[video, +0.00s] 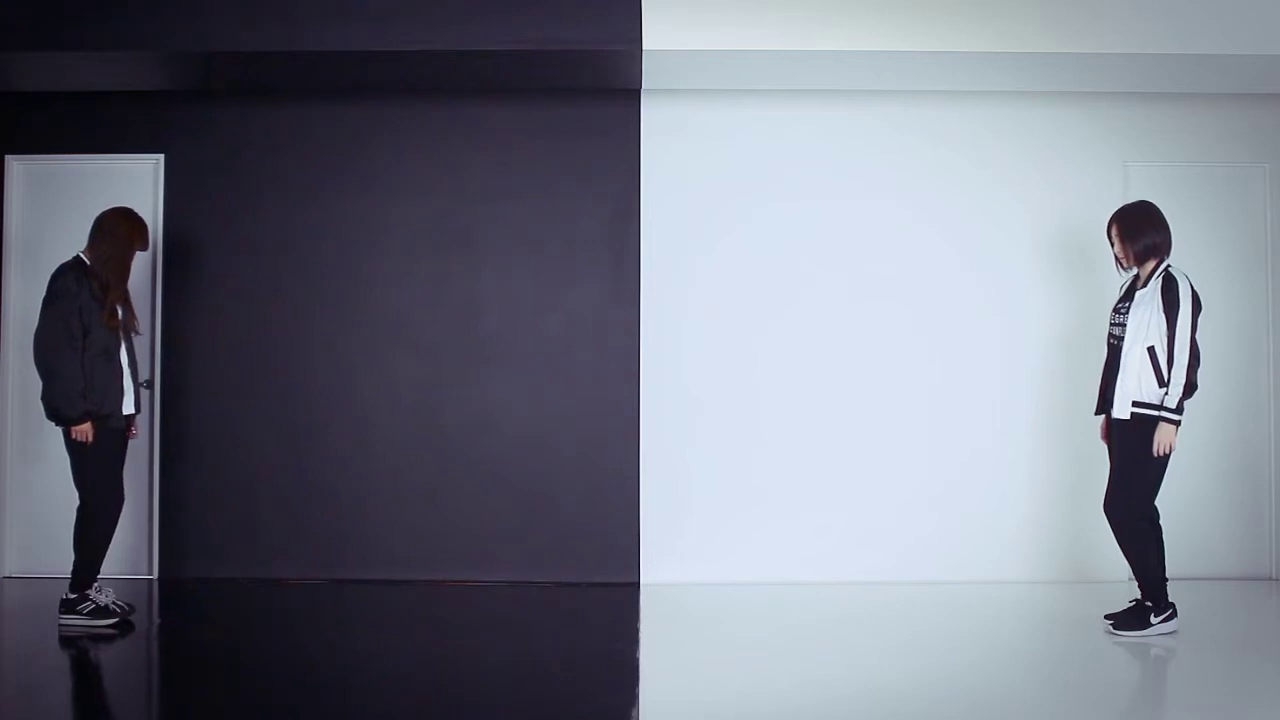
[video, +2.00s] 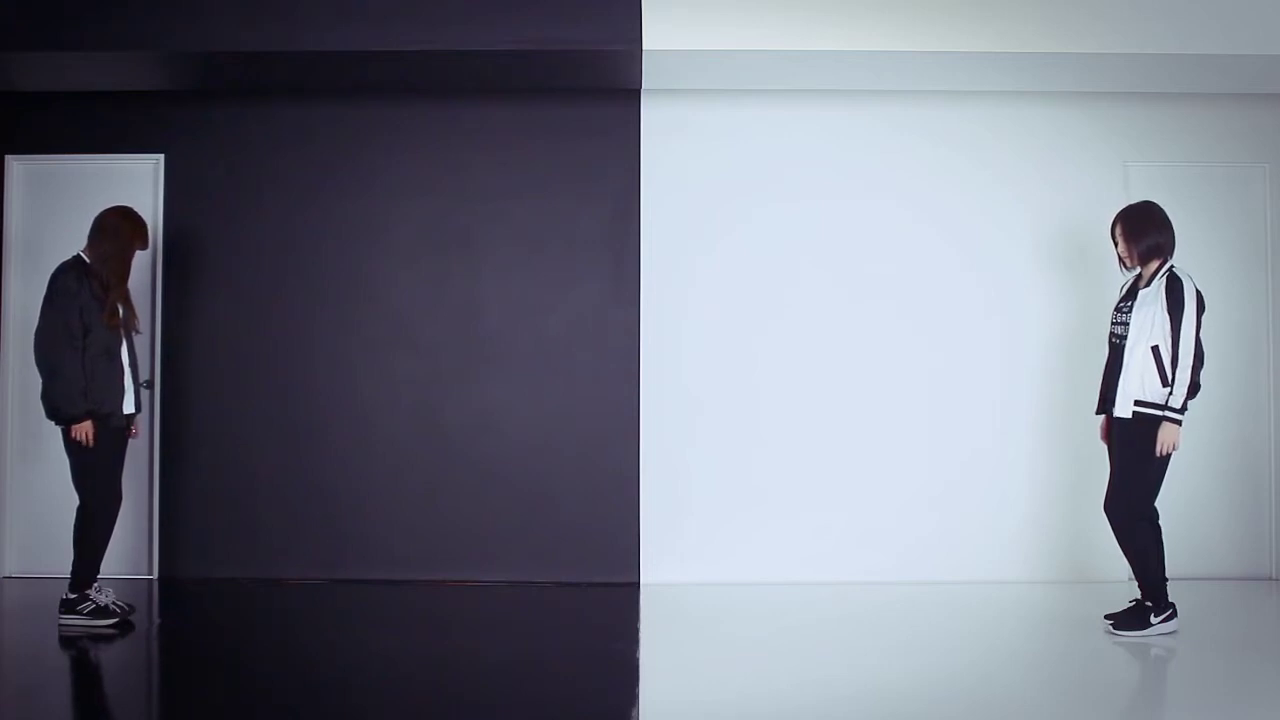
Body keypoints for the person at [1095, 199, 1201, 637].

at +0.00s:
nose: (1115, 250)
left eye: (1119, 241)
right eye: (1113, 242)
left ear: (1143, 236)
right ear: (1125, 241)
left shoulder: (1175, 284)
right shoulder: (1131, 287)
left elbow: (1185, 356)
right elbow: (1118, 355)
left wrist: (1170, 417)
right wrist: (1108, 411)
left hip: (1150, 418)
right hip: (1123, 416)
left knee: (1127, 506)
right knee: (1128, 506)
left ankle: (1157, 603)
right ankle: (1151, 600)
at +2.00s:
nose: (1119, 249)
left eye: (1123, 240)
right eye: (1116, 241)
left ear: (1147, 236)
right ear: (1125, 242)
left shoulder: (1179, 284)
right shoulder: (1131, 287)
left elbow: (1190, 356)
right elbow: (1117, 354)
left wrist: (1174, 417)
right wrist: (1107, 410)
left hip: (1152, 417)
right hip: (1123, 416)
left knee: (1128, 507)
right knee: (1127, 506)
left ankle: (1158, 604)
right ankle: (1151, 600)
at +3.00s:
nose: (1089, 249)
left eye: (1093, 240)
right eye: (1086, 242)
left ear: (1117, 236)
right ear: (1092, 243)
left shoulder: (1156, 284)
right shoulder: (1100, 288)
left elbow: (1178, 351)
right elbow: (1099, 353)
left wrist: (1171, 414)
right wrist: (1087, 404)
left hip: (1139, 415)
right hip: (1109, 415)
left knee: (1082, 486)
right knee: (1131, 506)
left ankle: (1103, 584)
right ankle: (1156, 601)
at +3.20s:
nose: (1063, 254)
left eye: (1067, 244)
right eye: (1060, 246)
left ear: (1091, 241)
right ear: (1066, 248)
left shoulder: (1131, 288)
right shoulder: (1077, 293)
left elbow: (1158, 350)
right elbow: (1075, 357)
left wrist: (1158, 414)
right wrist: (1059, 404)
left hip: (1120, 418)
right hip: (1091, 418)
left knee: (1074, 500)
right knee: (1123, 510)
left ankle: (1036, 596)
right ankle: (1156, 601)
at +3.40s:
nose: (1030, 255)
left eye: (1035, 246)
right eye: (1028, 247)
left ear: (1057, 243)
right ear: (1042, 246)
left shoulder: (1090, 291)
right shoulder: (1043, 296)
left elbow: (1113, 358)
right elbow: (1035, 362)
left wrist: (1118, 426)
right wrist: (1028, 418)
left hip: (1082, 422)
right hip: (1055, 422)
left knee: (1040, 506)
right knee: (1099, 510)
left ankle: (1014, 607)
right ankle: (1150, 595)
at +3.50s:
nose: (1011, 249)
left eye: (1017, 240)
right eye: (1009, 241)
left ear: (1040, 239)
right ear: (1018, 244)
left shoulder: (1070, 288)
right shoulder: (1023, 288)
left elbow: (1086, 356)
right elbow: (1015, 355)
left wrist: (1081, 424)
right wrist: (1010, 412)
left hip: (1056, 421)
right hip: (1031, 420)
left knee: (1024, 510)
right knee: (1070, 507)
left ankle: (1011, 608)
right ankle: (1136, 583)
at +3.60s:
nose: (993, 246)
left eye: (998, 236)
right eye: (991, 238)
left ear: (1022, 234)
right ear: (1002, 240)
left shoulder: (1054, 286)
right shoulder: (1005, 286)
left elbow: (1058, 357)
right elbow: (1000, 353)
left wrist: (1044, 419)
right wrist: (993, 412)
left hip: (1036, 417)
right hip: (1008, 415)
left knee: (1014, 509)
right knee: (1027, 509)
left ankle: (1009, 608)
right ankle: (1104, 571)